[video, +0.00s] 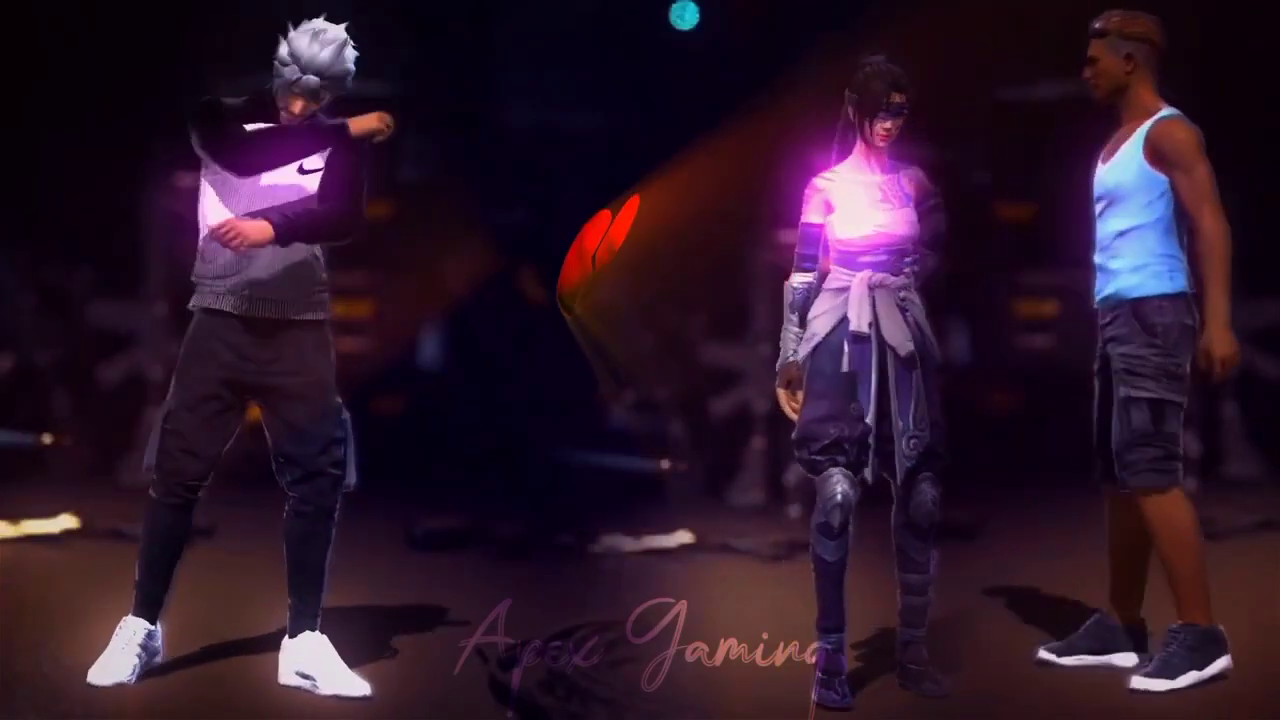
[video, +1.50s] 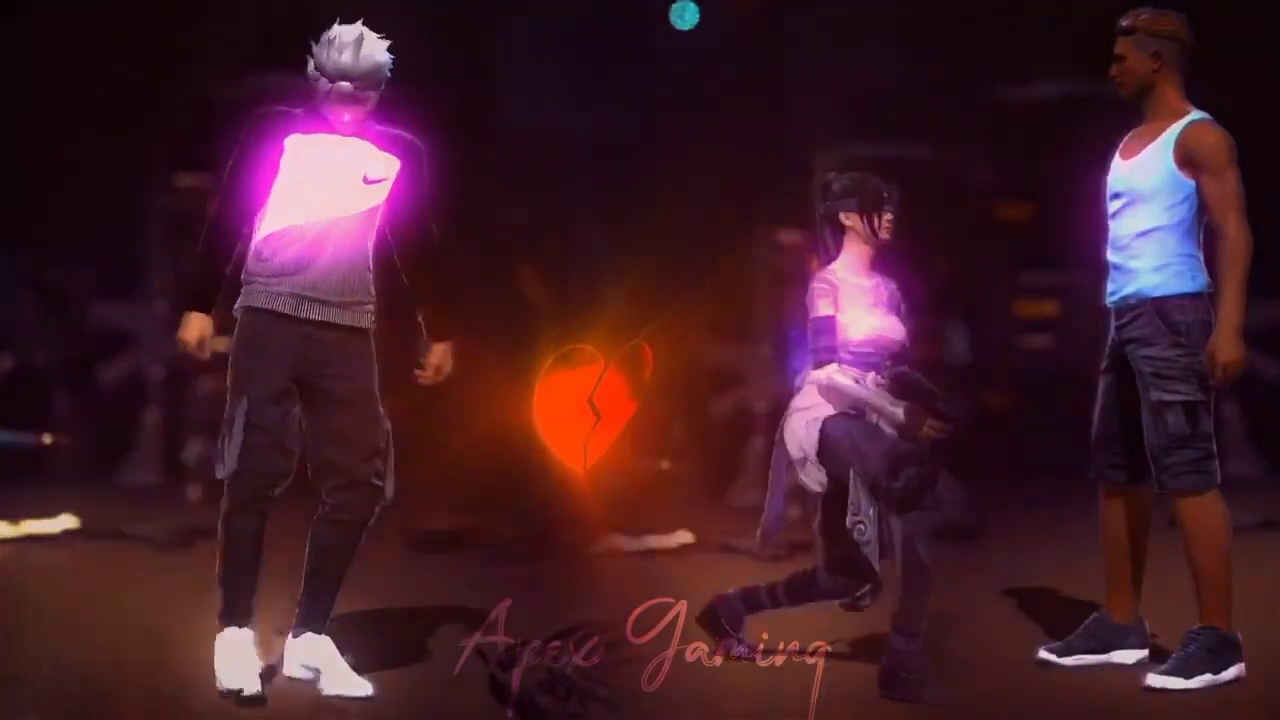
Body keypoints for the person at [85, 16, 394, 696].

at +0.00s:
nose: (303, 109)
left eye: (316, 100)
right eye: (295, 94)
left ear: (335, 97)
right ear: (277, 82)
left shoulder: (343, 141)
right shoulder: (220, 117)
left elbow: (345, 214)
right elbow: (241, 157)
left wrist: (270, 226)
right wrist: (344, 131)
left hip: (300, 330)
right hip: (217, 326)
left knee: (314, 480)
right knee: (176, 475)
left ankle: (304, 638)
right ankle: (141, 627)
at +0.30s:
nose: (363, 109)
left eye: (376, 97)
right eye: (355, 91)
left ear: (385, 95)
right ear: (323, 75)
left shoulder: (381, 151)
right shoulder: (252, 122)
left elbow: (394, 239)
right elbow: (223, 206)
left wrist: (417, 314)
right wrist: (245, 276)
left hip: (321, 329)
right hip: (242, 315)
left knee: (330, 476)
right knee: (187, 463)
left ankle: (306, 639)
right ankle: (137, 622)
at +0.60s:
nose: (412, 109)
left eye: (425, 99)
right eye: (406, 90)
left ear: (431, 98)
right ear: (373, 72)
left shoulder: (411, 155)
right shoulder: (292, 111)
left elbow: (414, 246)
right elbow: (225, 190)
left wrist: (428, 326)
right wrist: (177, 268)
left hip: (322, 332)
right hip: (244, 312)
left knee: (331, 474)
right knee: (187, 449)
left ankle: (306, 636)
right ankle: (123, 555)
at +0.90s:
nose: (408, 100)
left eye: (423, 90)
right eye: (402, 83)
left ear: (433, 89)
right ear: (375, 66)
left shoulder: (421, 143)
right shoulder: (306, 106)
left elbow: (398, 233)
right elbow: (225, 177)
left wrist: (383, 303)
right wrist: (177, 247)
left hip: (338, 323)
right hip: (263, 302)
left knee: (339, 471)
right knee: (201, 444)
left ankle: (310, 634)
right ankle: (113, 476)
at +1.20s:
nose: (375, 95)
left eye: (388, 84)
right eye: (365, 80)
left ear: (403, 83)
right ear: (342, 70)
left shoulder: (409, 147)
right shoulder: (289, 119)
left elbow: (404, 239)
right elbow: (230, 203)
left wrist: (401, 312)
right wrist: (194, 282)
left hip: (351, 326)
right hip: (274, 309)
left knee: (358, 476)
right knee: (239, 454)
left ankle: (309, 635)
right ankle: (145, 525)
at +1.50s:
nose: (350, 109)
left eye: (363, 97)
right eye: (340, 95)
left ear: (382, 92)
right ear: (317, 83)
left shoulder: (402, 153)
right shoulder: (273, 134)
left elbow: (417, 249)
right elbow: (226, 221)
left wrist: (435, 330)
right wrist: (202, 305)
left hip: (349, 336)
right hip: (268, 326)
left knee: (357, 482)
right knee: (254, 473)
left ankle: (310, 636)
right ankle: (236, 632)